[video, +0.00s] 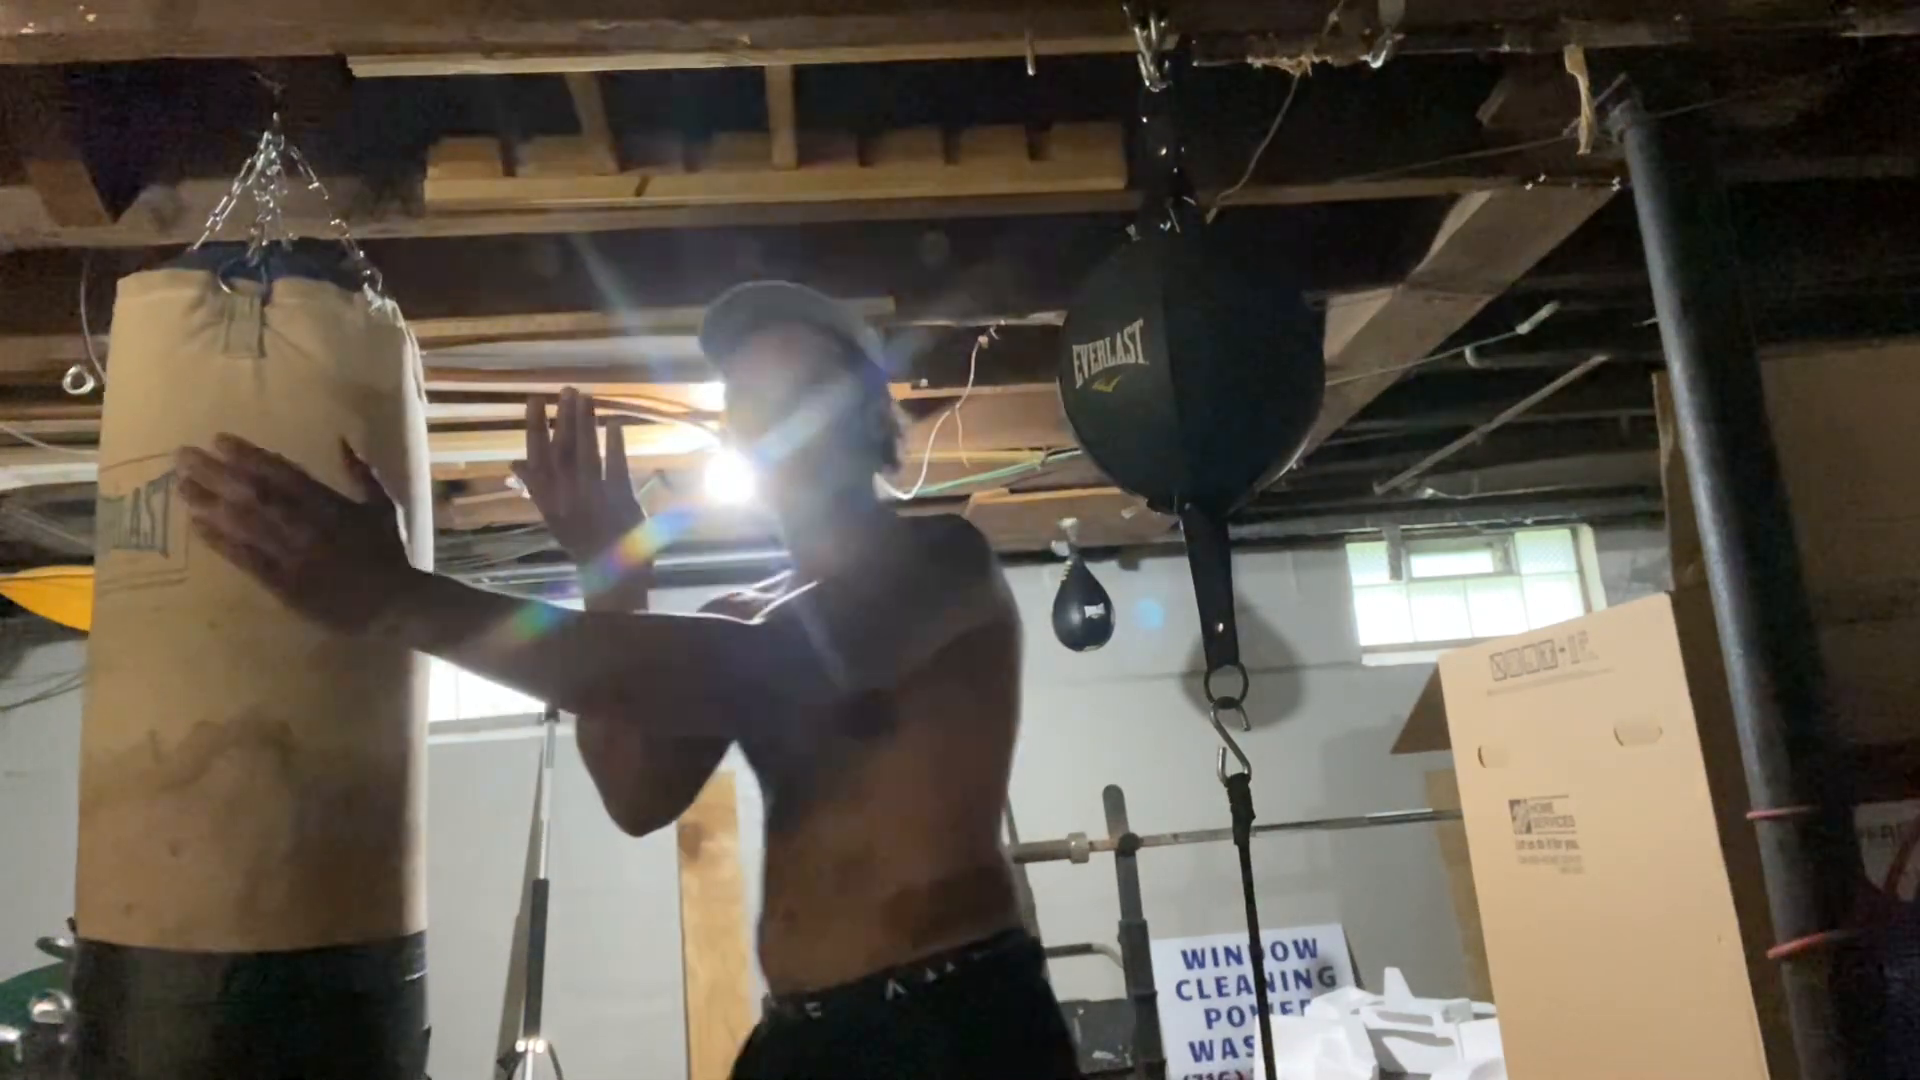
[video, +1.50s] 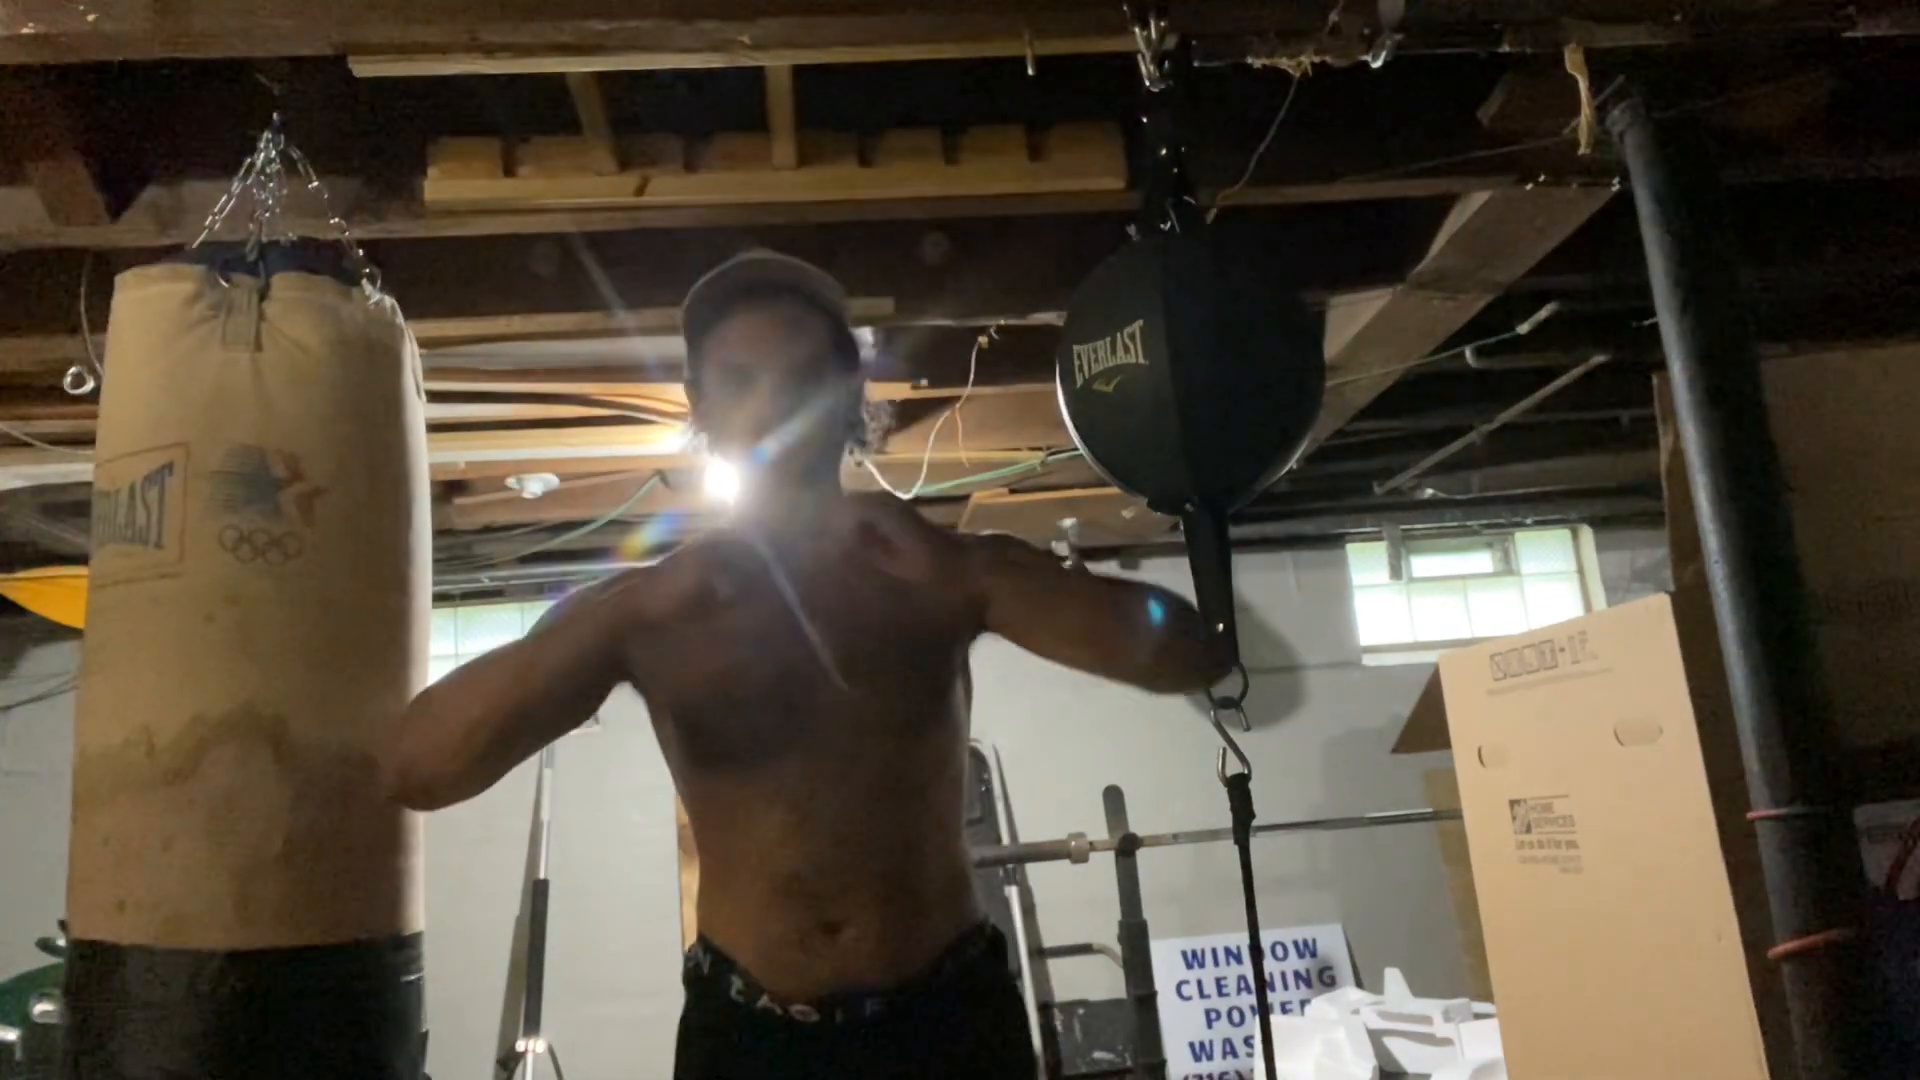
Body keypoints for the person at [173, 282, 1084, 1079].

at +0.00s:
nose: (778, 433)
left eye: (805, 396)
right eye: (751, 413)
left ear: (878, 416)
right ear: (731, 445)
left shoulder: (941, 557)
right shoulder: (762, 624)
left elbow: (765, 679)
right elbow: (645, 797)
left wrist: (400, 604)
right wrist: (607, 574)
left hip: (959, 1016)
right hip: (801, 1034)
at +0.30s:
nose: (790, 446)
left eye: (817, 412)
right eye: (763, 424)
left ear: (885, 428)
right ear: (743, 452)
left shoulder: (952, 576)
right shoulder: (747, 615)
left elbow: (812, 700)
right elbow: (640, 784)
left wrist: (475, 624)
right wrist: (625, 559)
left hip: (943, 1018)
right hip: (786, 1030)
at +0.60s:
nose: (780, 438)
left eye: (809, 408)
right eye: (751, 414)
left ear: (856, 431)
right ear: (719, 445)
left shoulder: (948, 589)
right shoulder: (678, 598)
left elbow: (969, 756)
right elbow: (587, 716)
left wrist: (745, 664)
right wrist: (628, 470)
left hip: (930, 1010)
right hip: (741, 1029)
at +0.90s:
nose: (843, 419)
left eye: (870, 391)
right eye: (811, 395)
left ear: (915, 417)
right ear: (770, 428)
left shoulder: (996, 562)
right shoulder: (723, 607)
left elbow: (1193, 717)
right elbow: (581, 779)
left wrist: (1032, 593)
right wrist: (688, 545)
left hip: (1015, 1000)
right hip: (823, 1018)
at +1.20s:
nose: (822, 411)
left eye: (846, 378)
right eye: (791, 388)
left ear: (898, 395)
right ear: (755, 414)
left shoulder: (976, 561)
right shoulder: (698, 602)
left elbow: (1260, 616)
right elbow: (465, 759)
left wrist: (1174, 587)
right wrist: (623, 646)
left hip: (996, 1010)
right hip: (800, 1024)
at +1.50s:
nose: (771, 411)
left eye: (801, 379)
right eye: (737, 384)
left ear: (854, 400)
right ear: (698, 414)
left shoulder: (941, 564)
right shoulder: (653, 607)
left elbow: (1184, 652)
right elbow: (417, 766)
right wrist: (612, 610)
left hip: (948, 1016)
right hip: (750, 1033)